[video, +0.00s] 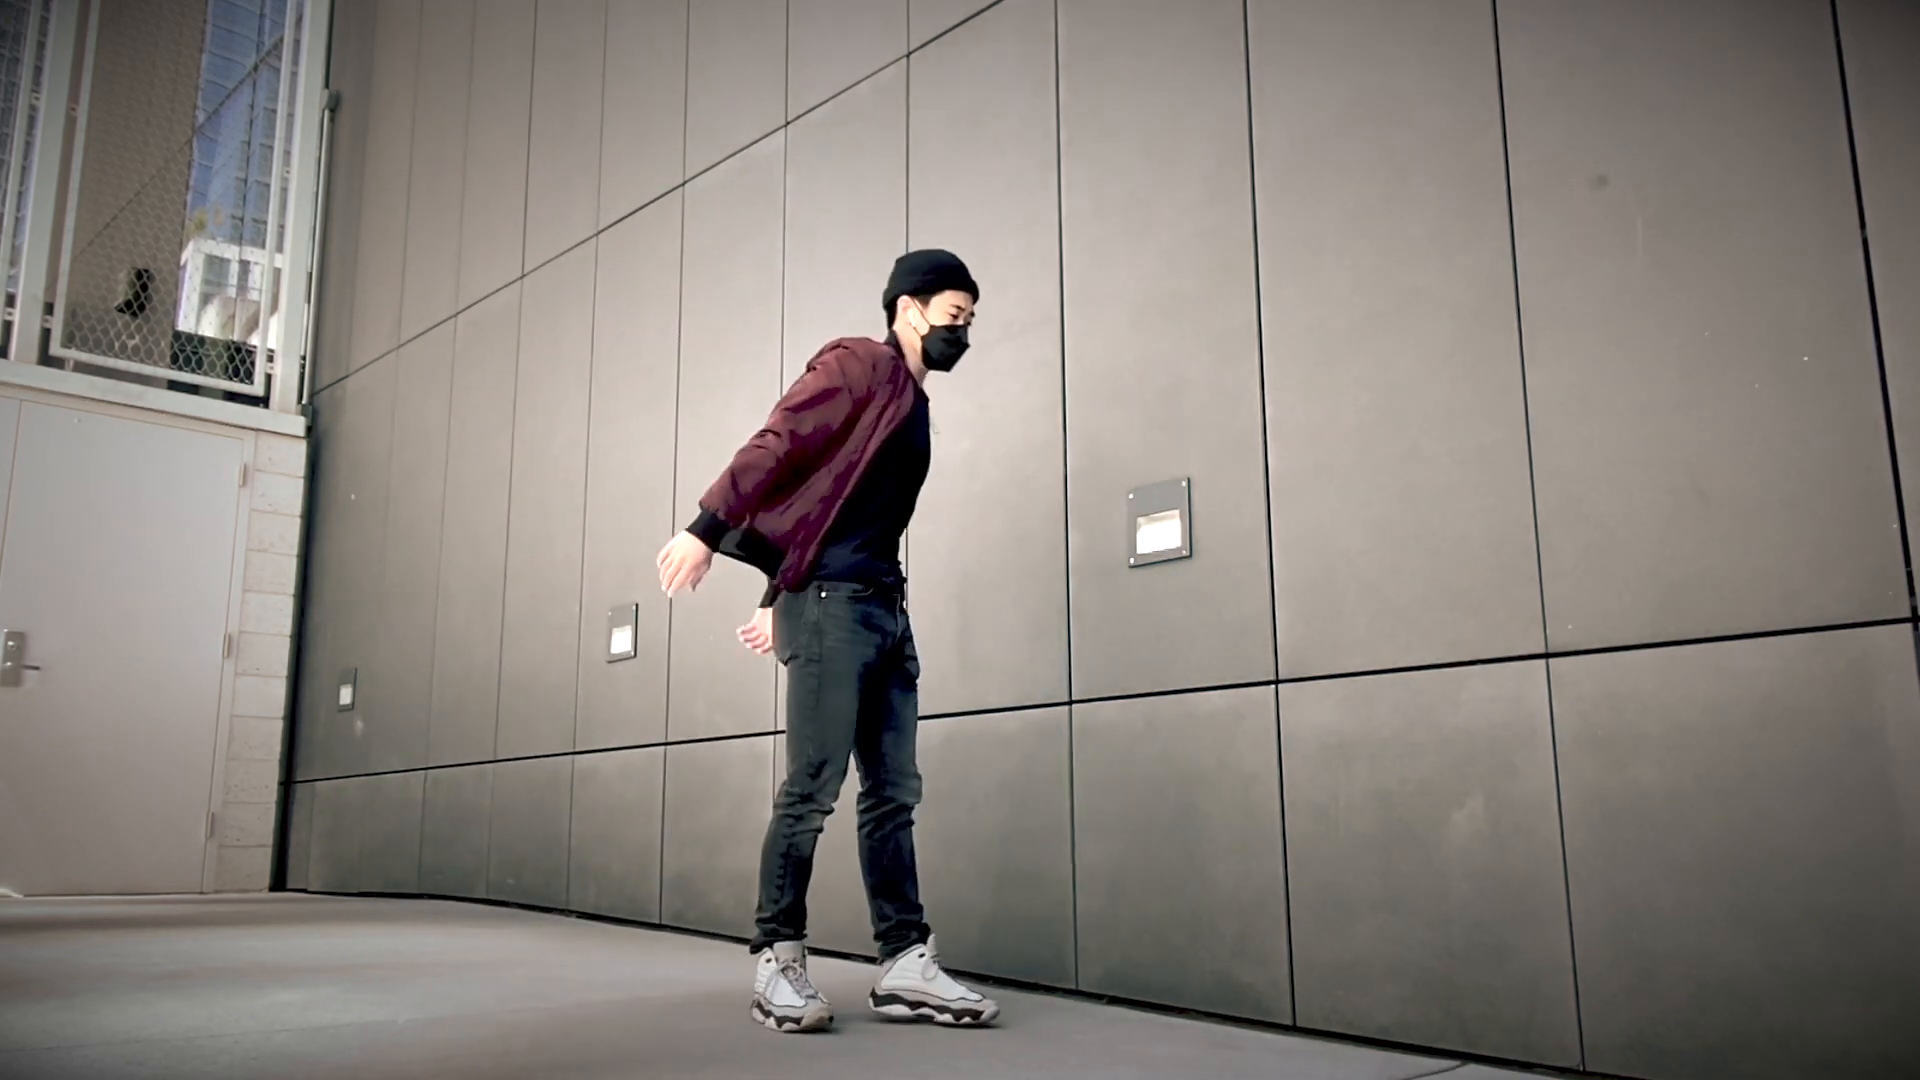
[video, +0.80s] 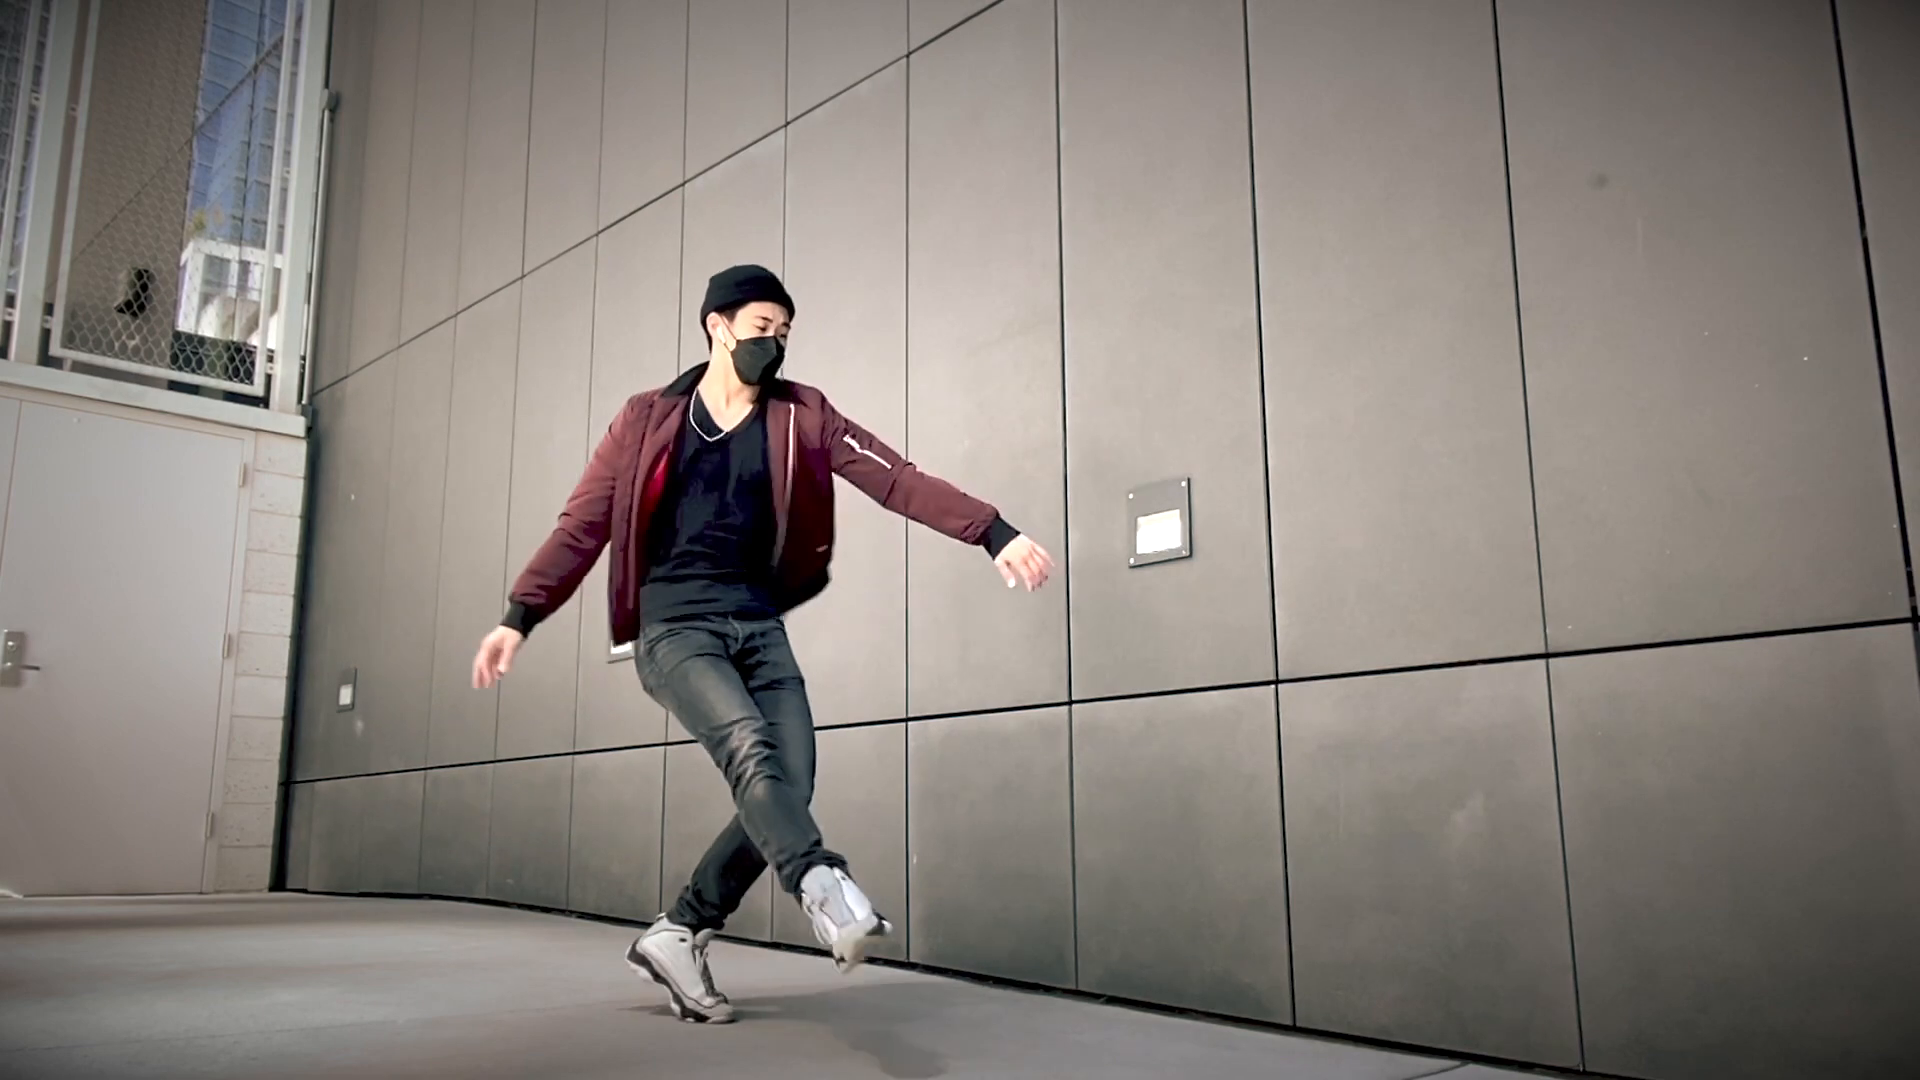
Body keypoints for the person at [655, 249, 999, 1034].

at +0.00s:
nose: (964, 329)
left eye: (970, 318)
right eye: (955, 313)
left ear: (937, 320)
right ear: (907, 307)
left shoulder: (907, 397)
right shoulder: (857, 363)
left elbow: (847, 505)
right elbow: (778, 441)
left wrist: (784, 597)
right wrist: (703, 529)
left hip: (883, 610)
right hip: (828, 605)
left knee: (892, 792)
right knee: (812, 786)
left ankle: (904, 963)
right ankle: (778, 959)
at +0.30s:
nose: (867, 302)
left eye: (874, 293)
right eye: (855, 287)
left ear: (870, 303)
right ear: (807, 284)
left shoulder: (879, 386)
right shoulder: (742, 379)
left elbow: (893, 492)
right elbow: (705, 496)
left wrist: (879, 578)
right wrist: (696, 606)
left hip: (863, 605)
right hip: (782, 607)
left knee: (863, 786)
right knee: (802, 783)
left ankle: (840, 940)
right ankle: (776, 961)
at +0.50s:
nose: (812, 306)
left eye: (821, 299)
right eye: (799, 293)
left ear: (826, 308)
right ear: (755, 294)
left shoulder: (845, 391)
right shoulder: (703, 405)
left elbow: (912, 472)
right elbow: (659, 516)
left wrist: (940, 565)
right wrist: (651, 633)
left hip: (837, 614)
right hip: (757, 617)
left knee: (837, 799)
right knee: (802, 788)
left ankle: (724, 908)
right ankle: (783, 960)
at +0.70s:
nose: (784, 328)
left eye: (793, 318)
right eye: (771, 313)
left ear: (797, 328)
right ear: (726, 315)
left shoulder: (812, 397)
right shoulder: (661, 414)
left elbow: (904, 467)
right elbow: (607, 529)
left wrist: (1006, 535)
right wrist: (562, 630)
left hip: (781, 622)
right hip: (696, 622)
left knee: (799, 798)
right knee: (768, 745)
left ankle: (680, 933)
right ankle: (842, 928)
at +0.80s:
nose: (773, 343)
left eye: (782, 333)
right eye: (759, 328)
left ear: (786, 341)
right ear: (715, 326)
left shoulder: (802, 415)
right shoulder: (647, 418)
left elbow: (895, 480)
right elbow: (585, 523)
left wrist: (996, 532)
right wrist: (518, 617)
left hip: (759, 623)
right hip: (674, 624)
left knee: (789, 790)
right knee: (747, 749)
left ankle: (676, 935)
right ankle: (822, 888)